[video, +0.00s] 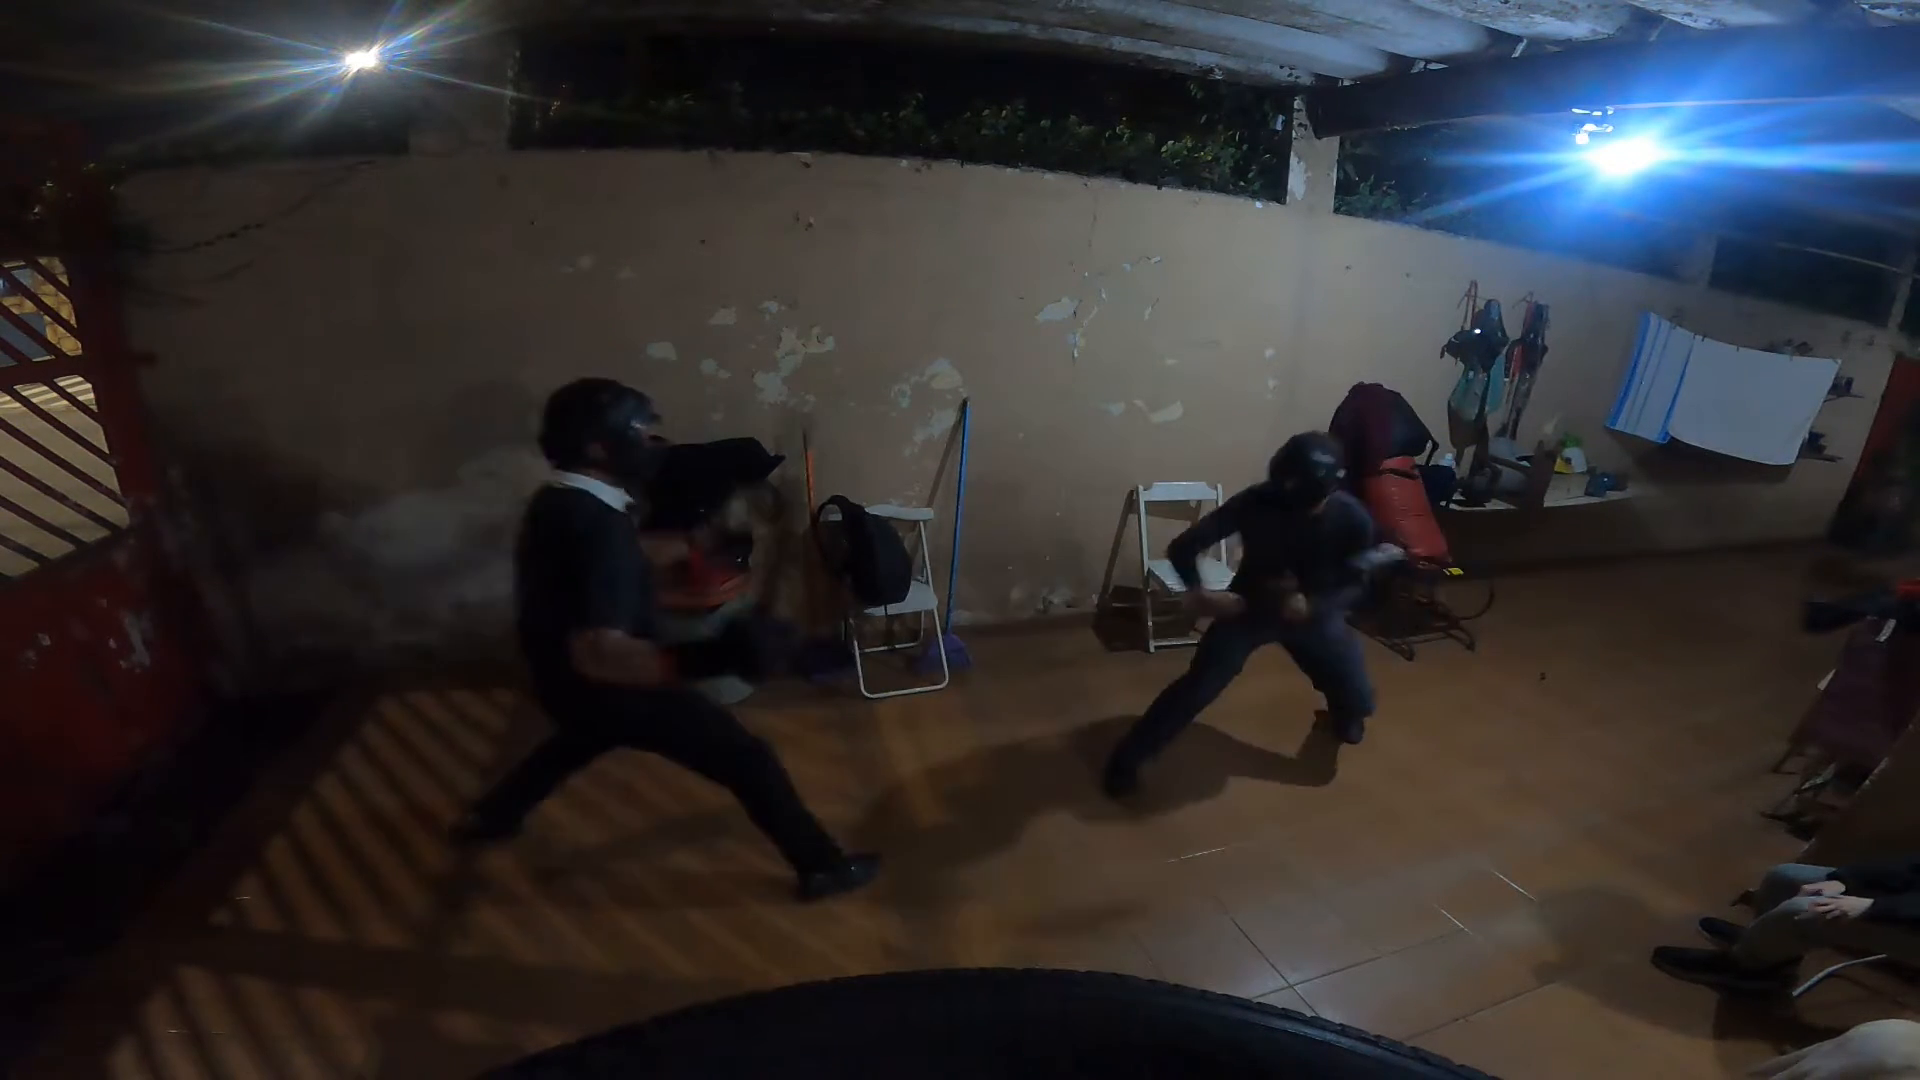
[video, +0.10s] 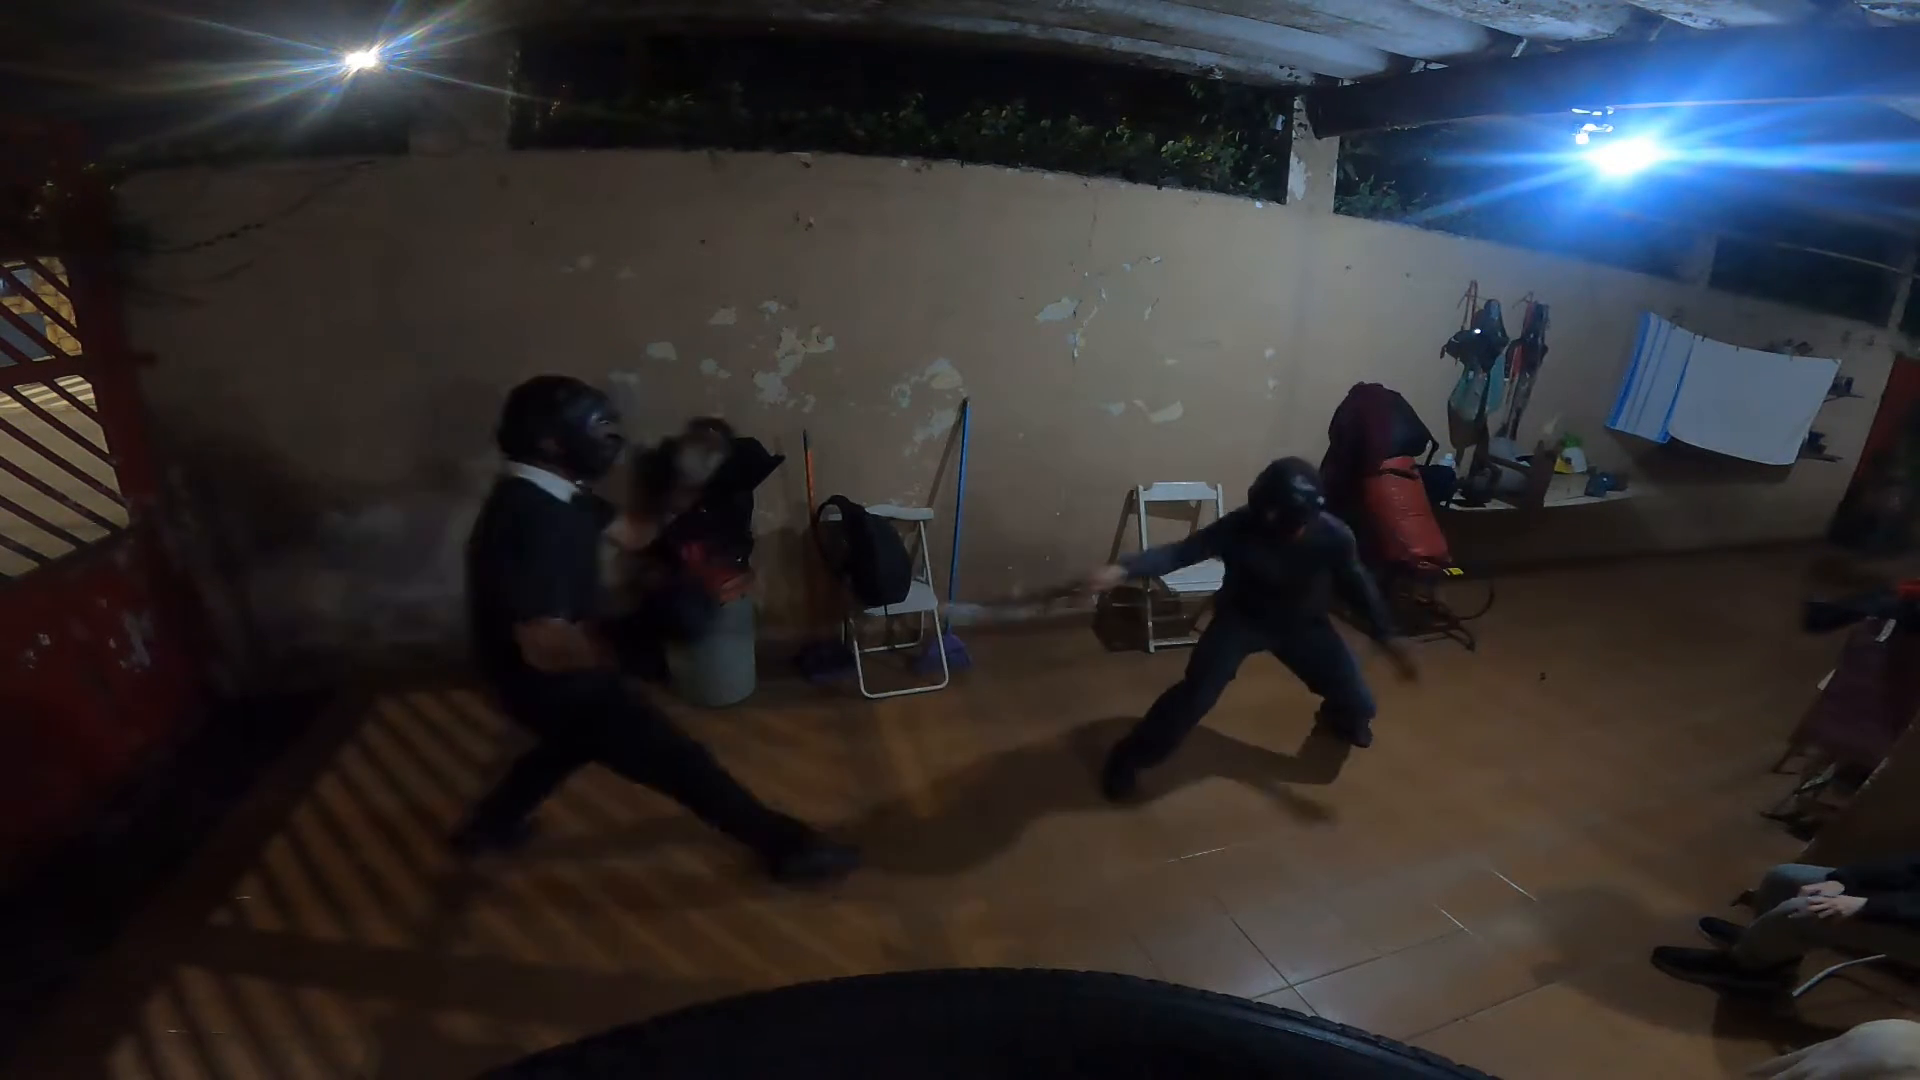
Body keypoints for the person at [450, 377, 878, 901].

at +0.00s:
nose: (656, 441)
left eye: (652, 429)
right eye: (642, 431)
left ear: (587, 449)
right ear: (599, 447)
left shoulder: (553, 509)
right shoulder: (596, 525)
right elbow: (596, 653)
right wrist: (706, 659)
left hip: (574, 690)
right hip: (616, 696)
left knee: (573, 747)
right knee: (746, 759)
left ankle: (489, 818)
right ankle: (819, 864)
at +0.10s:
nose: (615, 439)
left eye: (610, 425)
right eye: (599, 427)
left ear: (552, 444)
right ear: (553, 443)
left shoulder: (561, 501)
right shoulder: (530, 515)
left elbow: (630, 534)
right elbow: (544, 641)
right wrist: (615, 667)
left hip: (553, 670)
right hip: (541, 680)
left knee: (575, 738)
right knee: (677, 761)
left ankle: (491, 822)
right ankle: (786, 844)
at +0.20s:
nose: (562, 459)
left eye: (560, 445)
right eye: (548, 447)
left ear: (500, 452)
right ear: (506, 453)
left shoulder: (517, 507)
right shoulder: (486, 530)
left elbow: (589, 539)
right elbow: (541, 640)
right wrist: (624, 593)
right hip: (477, 692)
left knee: (556, 732)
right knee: (632, 742)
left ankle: (481, 831)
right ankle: (661, 859)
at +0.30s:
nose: (526, 432)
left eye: (522, 418)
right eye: (507, 422)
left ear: (460, 442)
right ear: (460, 440)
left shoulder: (483, 501)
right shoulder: (438, 516)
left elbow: (545, 571)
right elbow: (535, 592)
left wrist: (622, 587)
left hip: (475, 668)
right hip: (433, 684)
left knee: (529, 754)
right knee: (550, 770)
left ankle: (472, 844)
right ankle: (472, 854)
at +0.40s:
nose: (475, 412)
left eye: (473, 399)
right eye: (456, 403)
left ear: (407, 427)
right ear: (409, 424)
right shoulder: (405, 498)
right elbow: (509, 566)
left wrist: (517, 590)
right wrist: (614, 562)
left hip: (438, 653)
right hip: (389, 673)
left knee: (511, 718)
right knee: (429, 780)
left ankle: (472, 829)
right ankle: (342, 814)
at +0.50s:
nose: (446, 420)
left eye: (443, 407)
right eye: (427, 411)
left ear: (381, 431)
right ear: (381, 430)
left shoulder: (414, 490)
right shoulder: (349, 503)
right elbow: (459, 583)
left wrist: (480, 577)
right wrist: (557, 599)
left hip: (421, 647)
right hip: (360, 662)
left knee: (509, 711)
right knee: (370, 764)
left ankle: (468, 820)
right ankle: (318, 817)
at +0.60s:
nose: (434, 424)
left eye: (431, 412)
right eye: (415, 417)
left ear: (368, 440)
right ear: (365, 438)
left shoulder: (400, 496)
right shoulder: (342, 513)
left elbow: (409, 576)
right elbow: (415, 618)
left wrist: (460, 572)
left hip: (407, 652)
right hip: (350, 669)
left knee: (512, 703)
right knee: (364, 771)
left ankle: (476, 803)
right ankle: (317, 818)